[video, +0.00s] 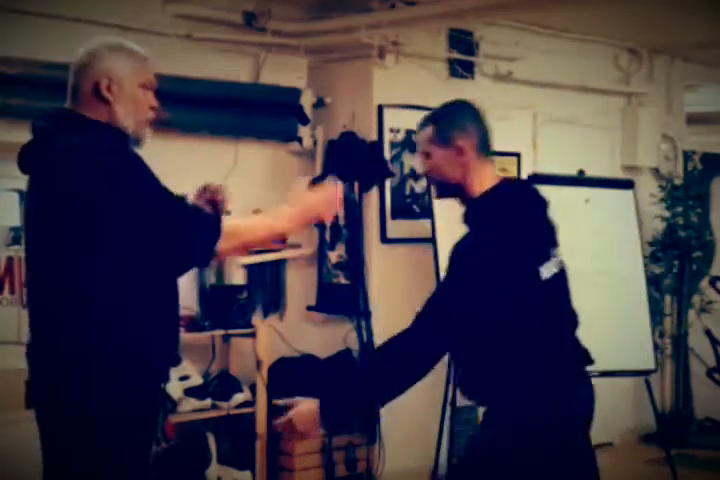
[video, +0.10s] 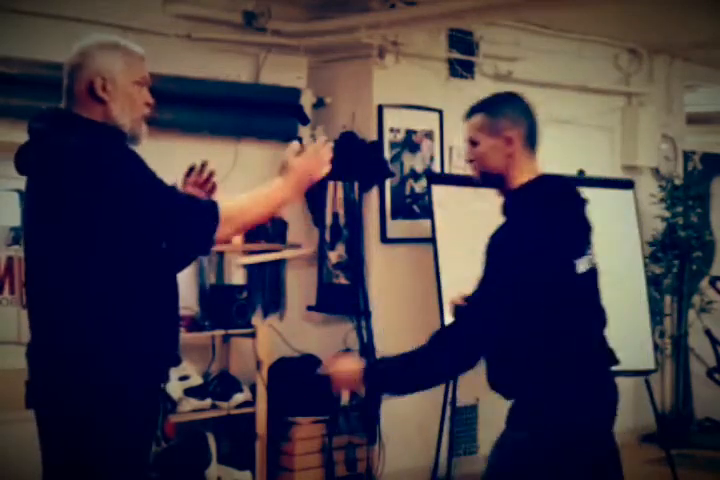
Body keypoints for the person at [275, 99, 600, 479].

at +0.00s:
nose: (422, 169)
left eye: (427, 154)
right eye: (420, 156)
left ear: (462, 148)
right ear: (464, 150)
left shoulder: (490, 235)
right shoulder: (521, 203)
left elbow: (425, 340)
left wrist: (332, 407)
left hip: (525, 408)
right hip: (561, 392)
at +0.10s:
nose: (469, 156)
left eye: (475, 143)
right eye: (469, 145)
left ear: (510, 140)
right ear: (512, 140)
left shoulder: (521, 230)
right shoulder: (562, 202)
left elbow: (465, 343)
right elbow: (550, 302)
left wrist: (370, 375)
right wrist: (486, 308)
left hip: (548, 407)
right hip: (587, 392)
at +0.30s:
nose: (526, 141)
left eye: (534, 127)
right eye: (525, 130)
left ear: (573, 129)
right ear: (570, 132)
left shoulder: (587, 195)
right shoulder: (605, 190)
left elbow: (556, 316)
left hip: (578, 399)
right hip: (604, 394)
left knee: (536, 472)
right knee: (611, 472)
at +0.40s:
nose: (544, 138)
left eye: (552, 125)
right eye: (543, 128)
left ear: (593, 126)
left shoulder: (626, 183)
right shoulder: (567, 207)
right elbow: (547, 305)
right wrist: (507, 260)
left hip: (609, 380)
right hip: (573, 380)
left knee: (541, 472)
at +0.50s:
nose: (555, 141)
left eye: (564, 128)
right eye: (553, 131)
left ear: (604, 127)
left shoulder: (640, 192)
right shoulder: (564, 212)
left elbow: (629, 300)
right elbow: (545, 311)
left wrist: (567, 255)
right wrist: (506, 263)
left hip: (615, 374)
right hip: (572, 374)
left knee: (555, 471)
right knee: (605, 470)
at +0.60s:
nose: (558, 144)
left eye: (568, 130)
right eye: (556, 134)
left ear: (608, 131)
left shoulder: (647, 206)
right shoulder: (555, 216)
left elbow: (658, 295)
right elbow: (536, 313)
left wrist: (583, 271)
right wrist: (501, 270)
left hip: (616, 382)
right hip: (567, 380)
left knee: (552, 471)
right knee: (603, 470)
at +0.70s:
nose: (554, 146)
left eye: (564, 132)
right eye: (551, 136)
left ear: (605, 132)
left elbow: (662, 319)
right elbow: (531, 314)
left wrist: (591, 277)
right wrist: (495, 273)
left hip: (612, 390)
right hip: (561, 388)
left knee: (539, 472)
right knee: (596, 470)